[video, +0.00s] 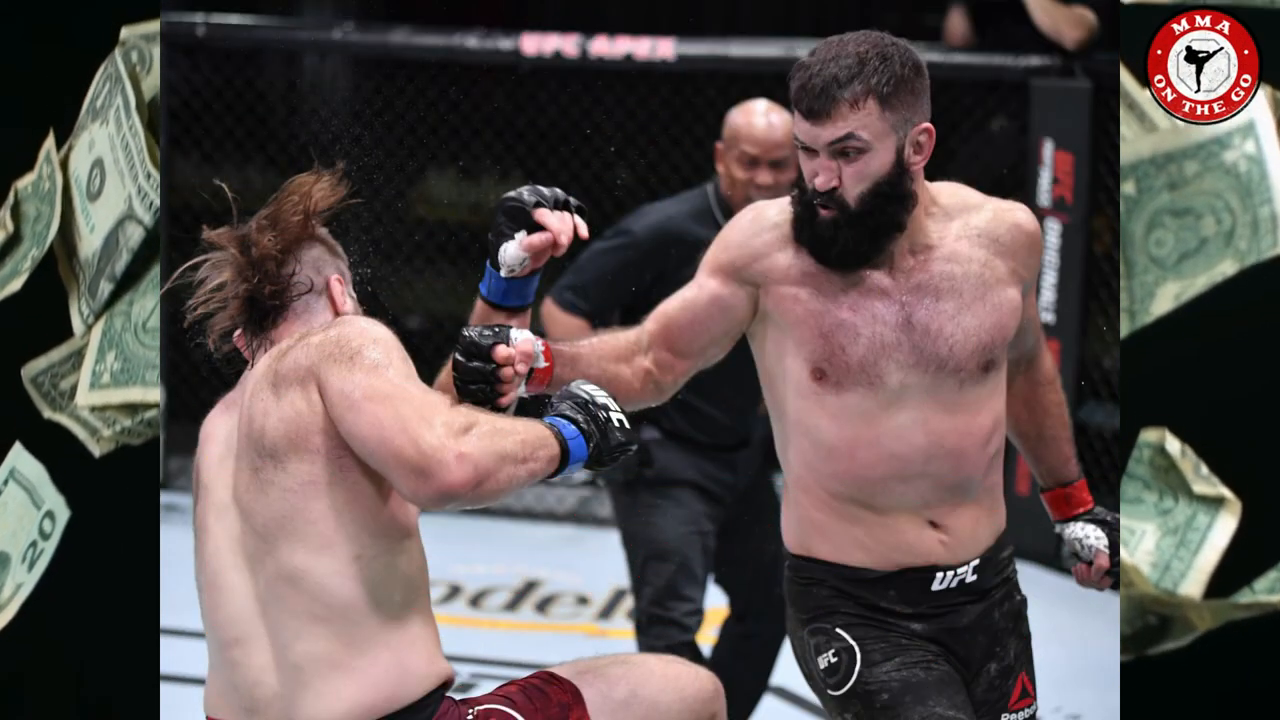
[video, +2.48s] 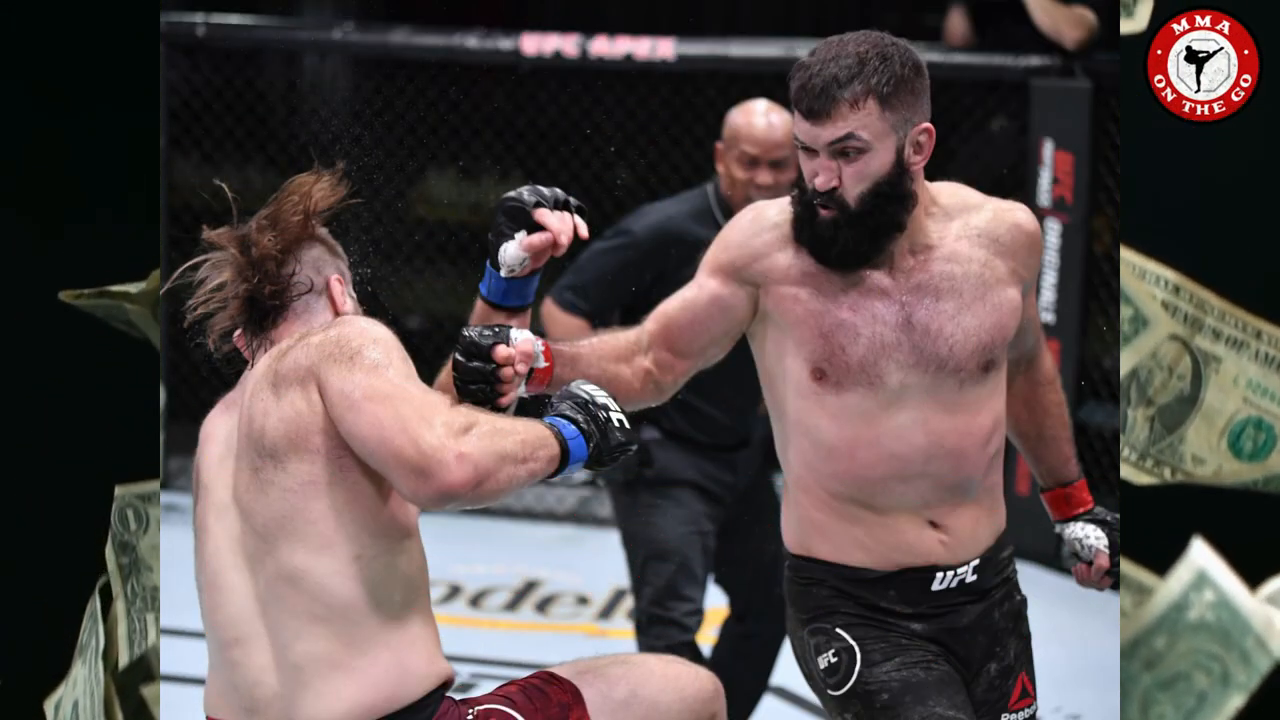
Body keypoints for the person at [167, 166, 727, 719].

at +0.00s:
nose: (365, 311)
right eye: (358, 293)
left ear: (243, 344)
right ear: (340, 291)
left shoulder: (218, 427)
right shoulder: (344, 347)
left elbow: (443, 432)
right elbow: (447, 467)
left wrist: (509, 283)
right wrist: (576, 432)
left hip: (243, 711)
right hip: (397, 707)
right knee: (691, 687)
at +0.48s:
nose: (365, 311)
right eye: (358, 293)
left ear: (243, 344)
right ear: (341, 291)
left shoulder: (218, 426)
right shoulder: (344, 347)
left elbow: (443, 433)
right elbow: (447, 467)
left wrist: (509, 283)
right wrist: (576, 431)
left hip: (242, 712)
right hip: (397, 708)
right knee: (691, 687)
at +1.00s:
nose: (364, 310)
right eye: (357, 292)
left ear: (243, 345)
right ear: (340, 290)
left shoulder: (217, 426)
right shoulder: (344, 346)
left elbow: (444, 429)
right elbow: (447, 467)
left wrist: (509, 282)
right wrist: (576, 431)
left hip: (241, 712)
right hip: (397, 708)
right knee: (691, 687)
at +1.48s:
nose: (364, 309)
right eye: (357, 291)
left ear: (243, 345)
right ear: (340, 290)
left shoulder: (217, 426)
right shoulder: (344, 346)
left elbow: (444, 430)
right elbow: (447, 467)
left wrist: (509, 282)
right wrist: (576, 431)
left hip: (241, 712)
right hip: (396, 708)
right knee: (691, 687)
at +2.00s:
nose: (364, 307)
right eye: (356, 290)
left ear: (242, 344)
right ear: (340, 291)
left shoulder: (217, 427)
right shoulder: (344, 346)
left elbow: (443, 431)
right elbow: (446, 467)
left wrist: (508, 284)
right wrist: (576, 432)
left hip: (240, 714)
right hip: (395, 709)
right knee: (691, 688)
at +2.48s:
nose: (365, 311)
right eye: (357, 293)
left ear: (243, 344)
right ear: (341, 291)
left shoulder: (218, 425)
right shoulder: (343, 347)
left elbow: (444, 430)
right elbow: (447, 466)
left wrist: (509, 283)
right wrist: (576, 430)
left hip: (242, 711)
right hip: (397, 708)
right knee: (691, 687)